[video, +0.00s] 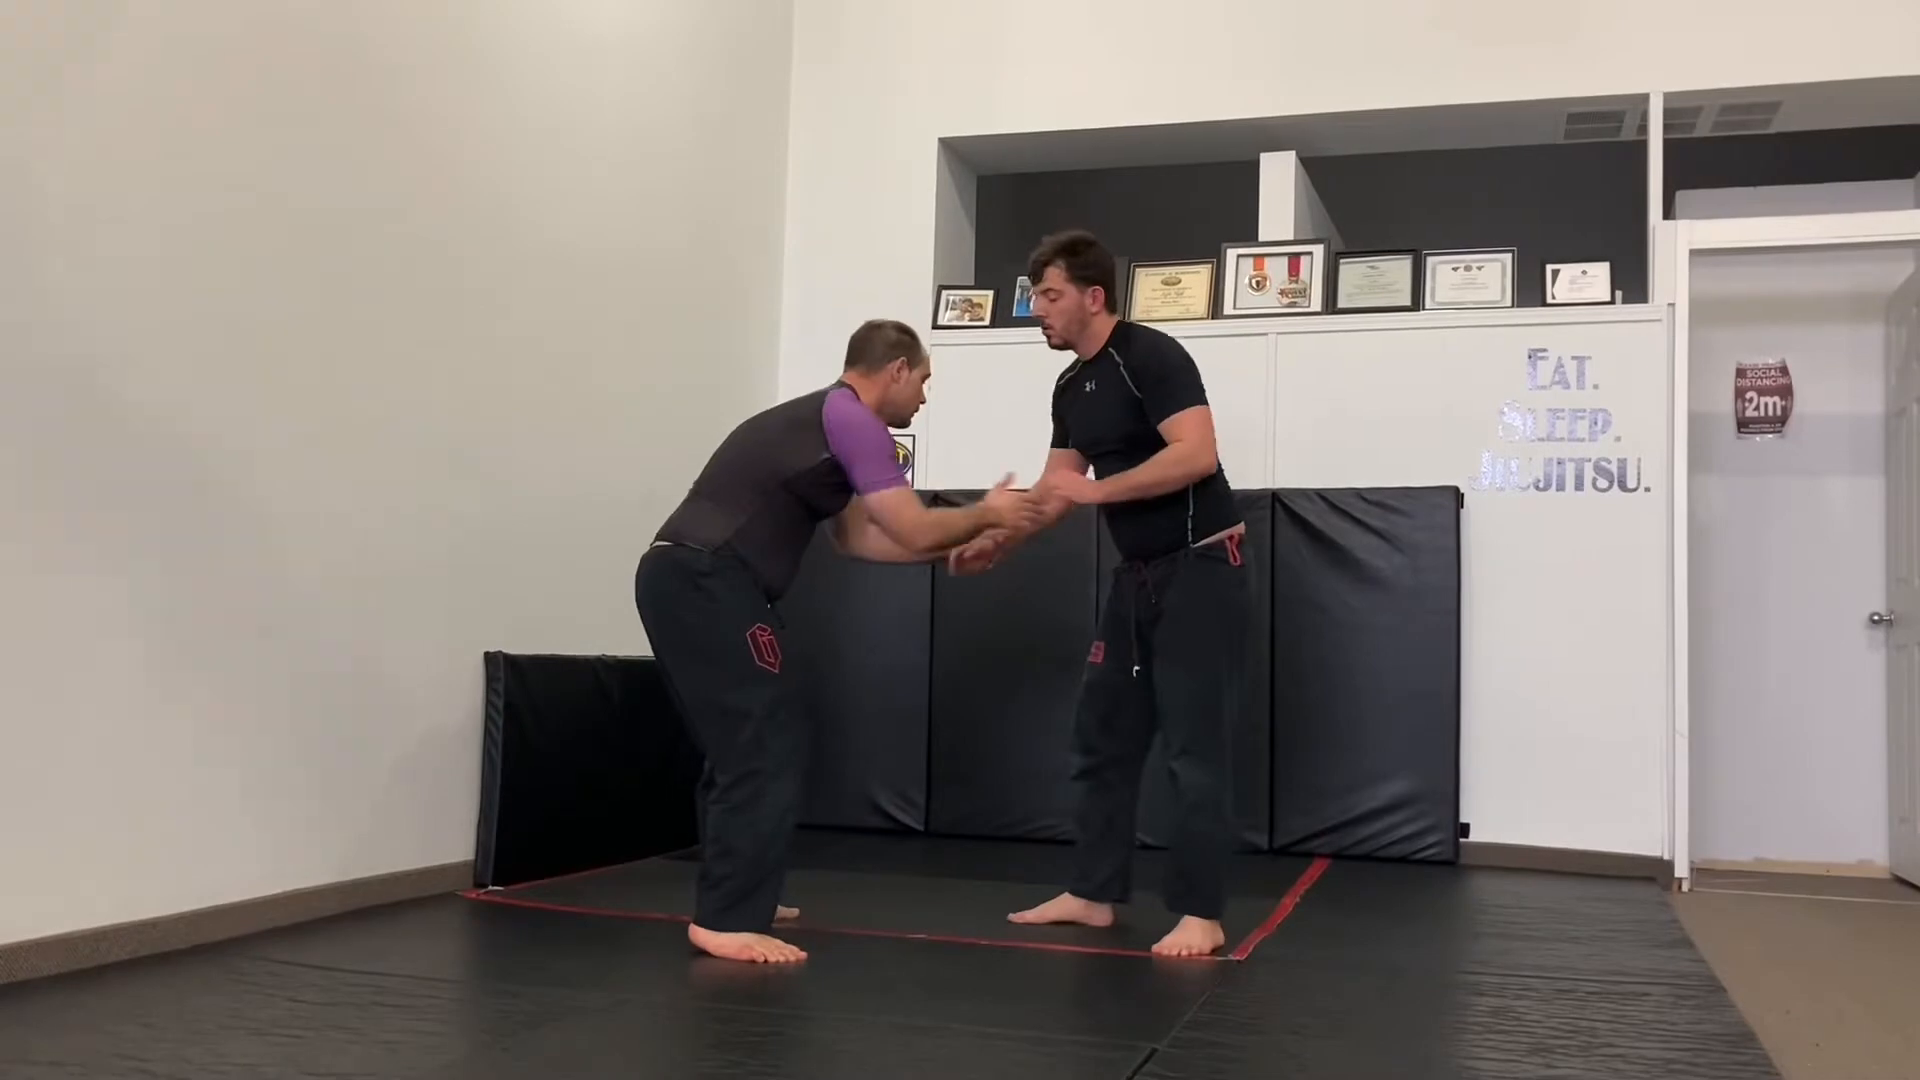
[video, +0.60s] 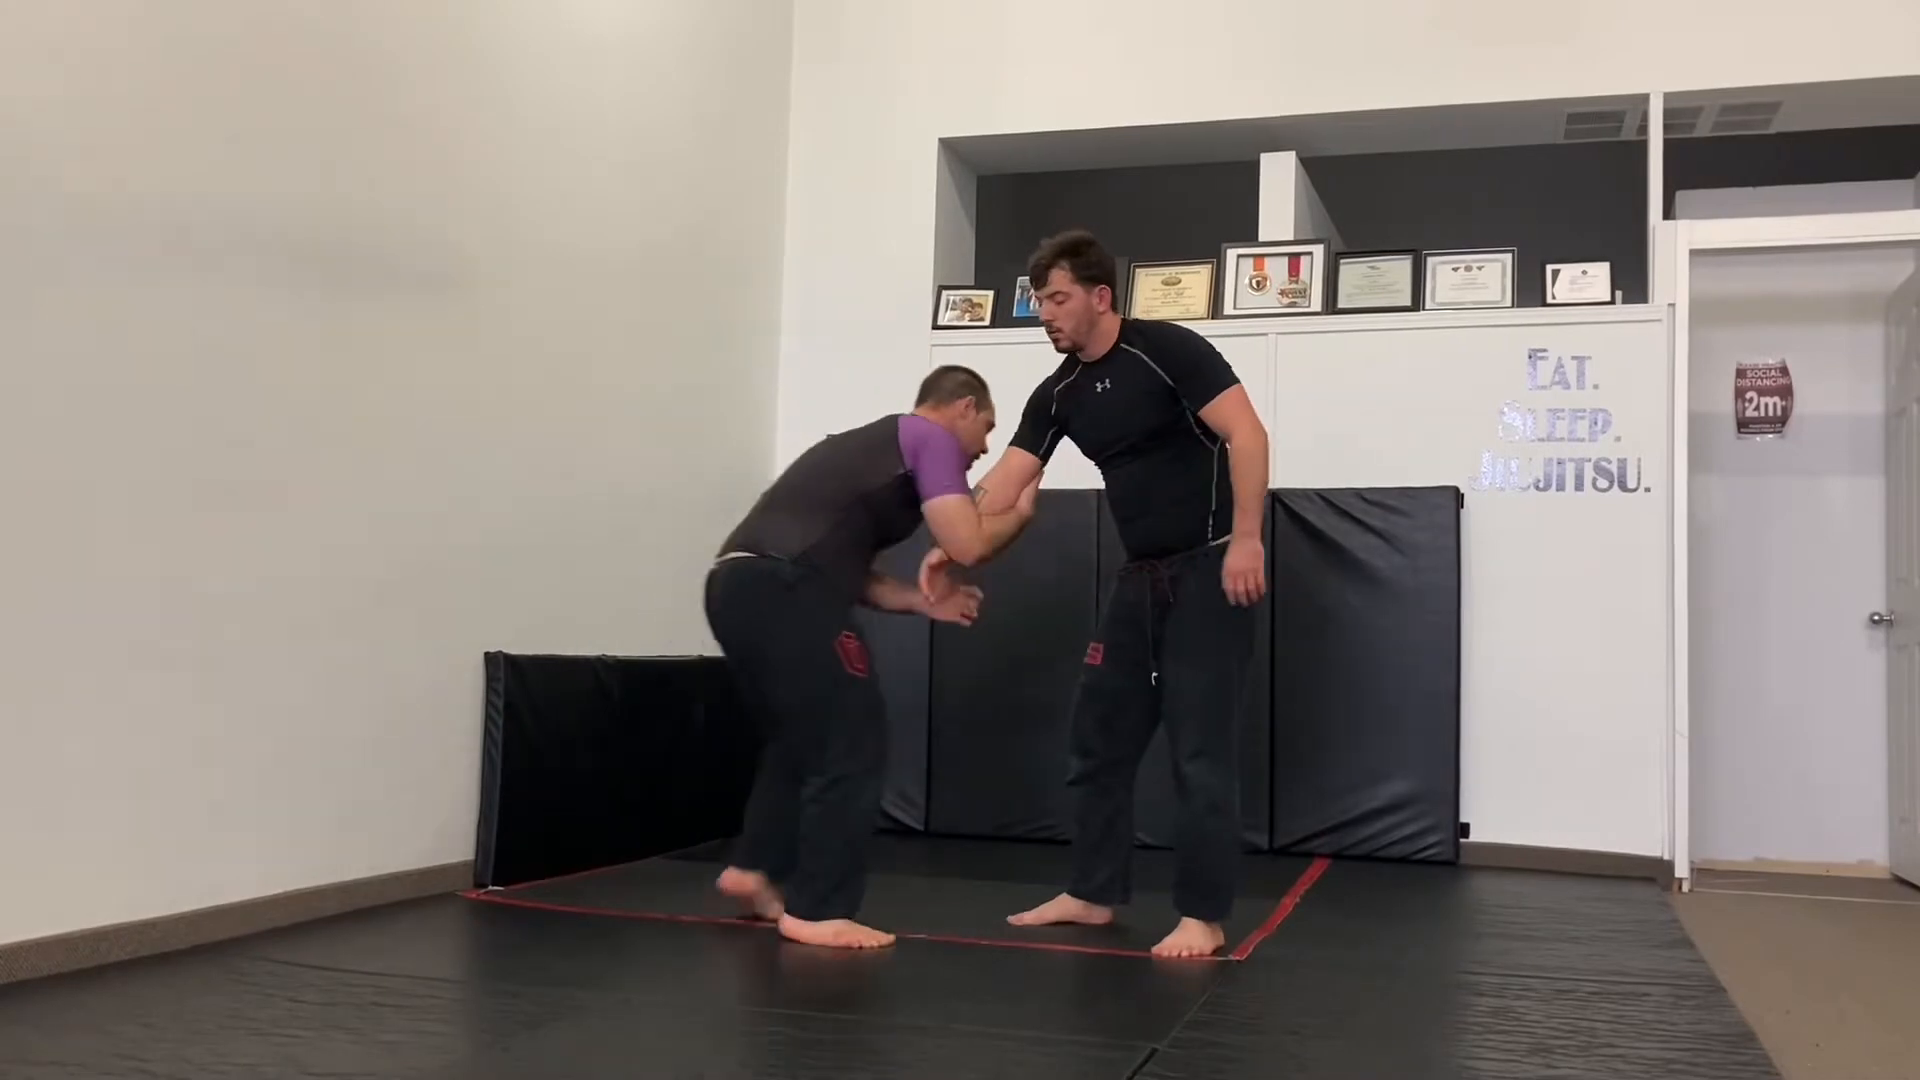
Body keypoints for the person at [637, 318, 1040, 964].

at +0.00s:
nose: (922, 397)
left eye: (924, 384)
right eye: (921, 382)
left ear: (863, 371)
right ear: (895, 372)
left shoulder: (821, 417)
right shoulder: (853, 419)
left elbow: (860, 537)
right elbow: (916, 527)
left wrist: (953, 544)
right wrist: (987, 512)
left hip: (683, 575)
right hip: (706, 581)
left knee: (743, 742)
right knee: (766, 740)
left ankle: (739, 894)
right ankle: (726, 917)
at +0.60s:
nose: (983, 446)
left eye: (986, 433)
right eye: (985, 428)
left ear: (929, 404)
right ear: (966, 408)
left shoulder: (870, 444)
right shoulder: (929, 436)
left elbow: (835, 569)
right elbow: (968, 543)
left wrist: (925, 600)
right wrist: (1020, 513)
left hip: (737, 584)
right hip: (788, 589)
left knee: (797, 730)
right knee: (854, 741)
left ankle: (751, 867)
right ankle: (817, 911)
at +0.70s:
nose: (1003, 443)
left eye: (1006, 435)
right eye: (1006, 431)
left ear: (951, 406)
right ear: (993, 412)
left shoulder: (897, 446)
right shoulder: (954, 438)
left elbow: (866, 577)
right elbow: (966, 538)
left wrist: (948, 610)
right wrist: (1016, 511)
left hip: (770, 582)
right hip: (815, 587)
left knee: (844, 729)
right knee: (879, 744)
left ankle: (815, 862)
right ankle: (823, 909)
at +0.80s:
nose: (1024, 451)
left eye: (1027, 445)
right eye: (1026, 439)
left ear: (976, 414)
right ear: (1010, 421)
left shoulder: (925, 451)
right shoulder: (976, 440)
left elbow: (893, 583)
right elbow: (975, 520)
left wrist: (971, 617)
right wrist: (1027, 524)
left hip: (794, 581)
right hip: (841, 584)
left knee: (872, 730)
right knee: (894, 741)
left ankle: (879, 878)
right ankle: (822, 904)